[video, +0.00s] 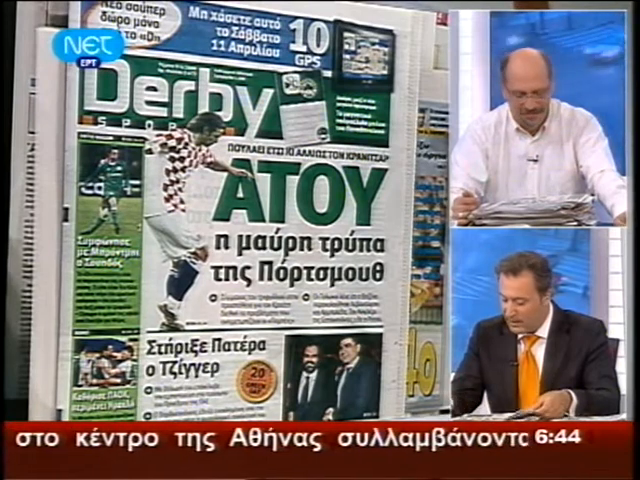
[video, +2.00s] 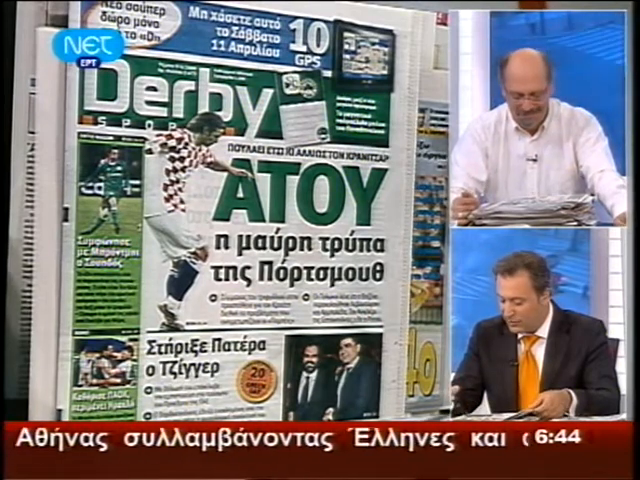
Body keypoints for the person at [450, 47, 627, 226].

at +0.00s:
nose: (530, 105)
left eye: (539, 94)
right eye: (520, 95)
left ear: (551, 86)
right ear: (504, 90)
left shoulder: (580, 124)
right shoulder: (482, 131)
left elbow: (604, 174)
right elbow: (462, 187)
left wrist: (624, 211)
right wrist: (462, 208)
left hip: (567, 246)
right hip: (499, 246)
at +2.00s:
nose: (526, 106)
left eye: (536, 96)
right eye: (517, 96)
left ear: (550, 88)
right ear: (504, 90)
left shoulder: (579, 124)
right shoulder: (482, 130)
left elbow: (603, 174)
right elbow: (462, 188)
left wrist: (624, 212)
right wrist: (462, 208)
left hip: (567, 244)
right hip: (499, 244)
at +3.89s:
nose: (533, 98)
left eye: (542, 87)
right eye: (523, 88)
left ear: (554, 81)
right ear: (507, 85)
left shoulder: (582, 122)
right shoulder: (485, 129)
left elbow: (605, 173)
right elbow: (462, 188)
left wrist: (624, 211)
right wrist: (462, 208)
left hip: (569, 244)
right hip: (501, 244)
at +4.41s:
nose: (532, 100)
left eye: (541, 89)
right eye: (521, 91)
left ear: (554, 82)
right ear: (506, 87)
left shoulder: (582, 123)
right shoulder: (484, 129)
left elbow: (605, 173)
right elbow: (462, 188)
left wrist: (624, 211)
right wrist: (462, 208)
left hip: (569, 244)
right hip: (501, 244)